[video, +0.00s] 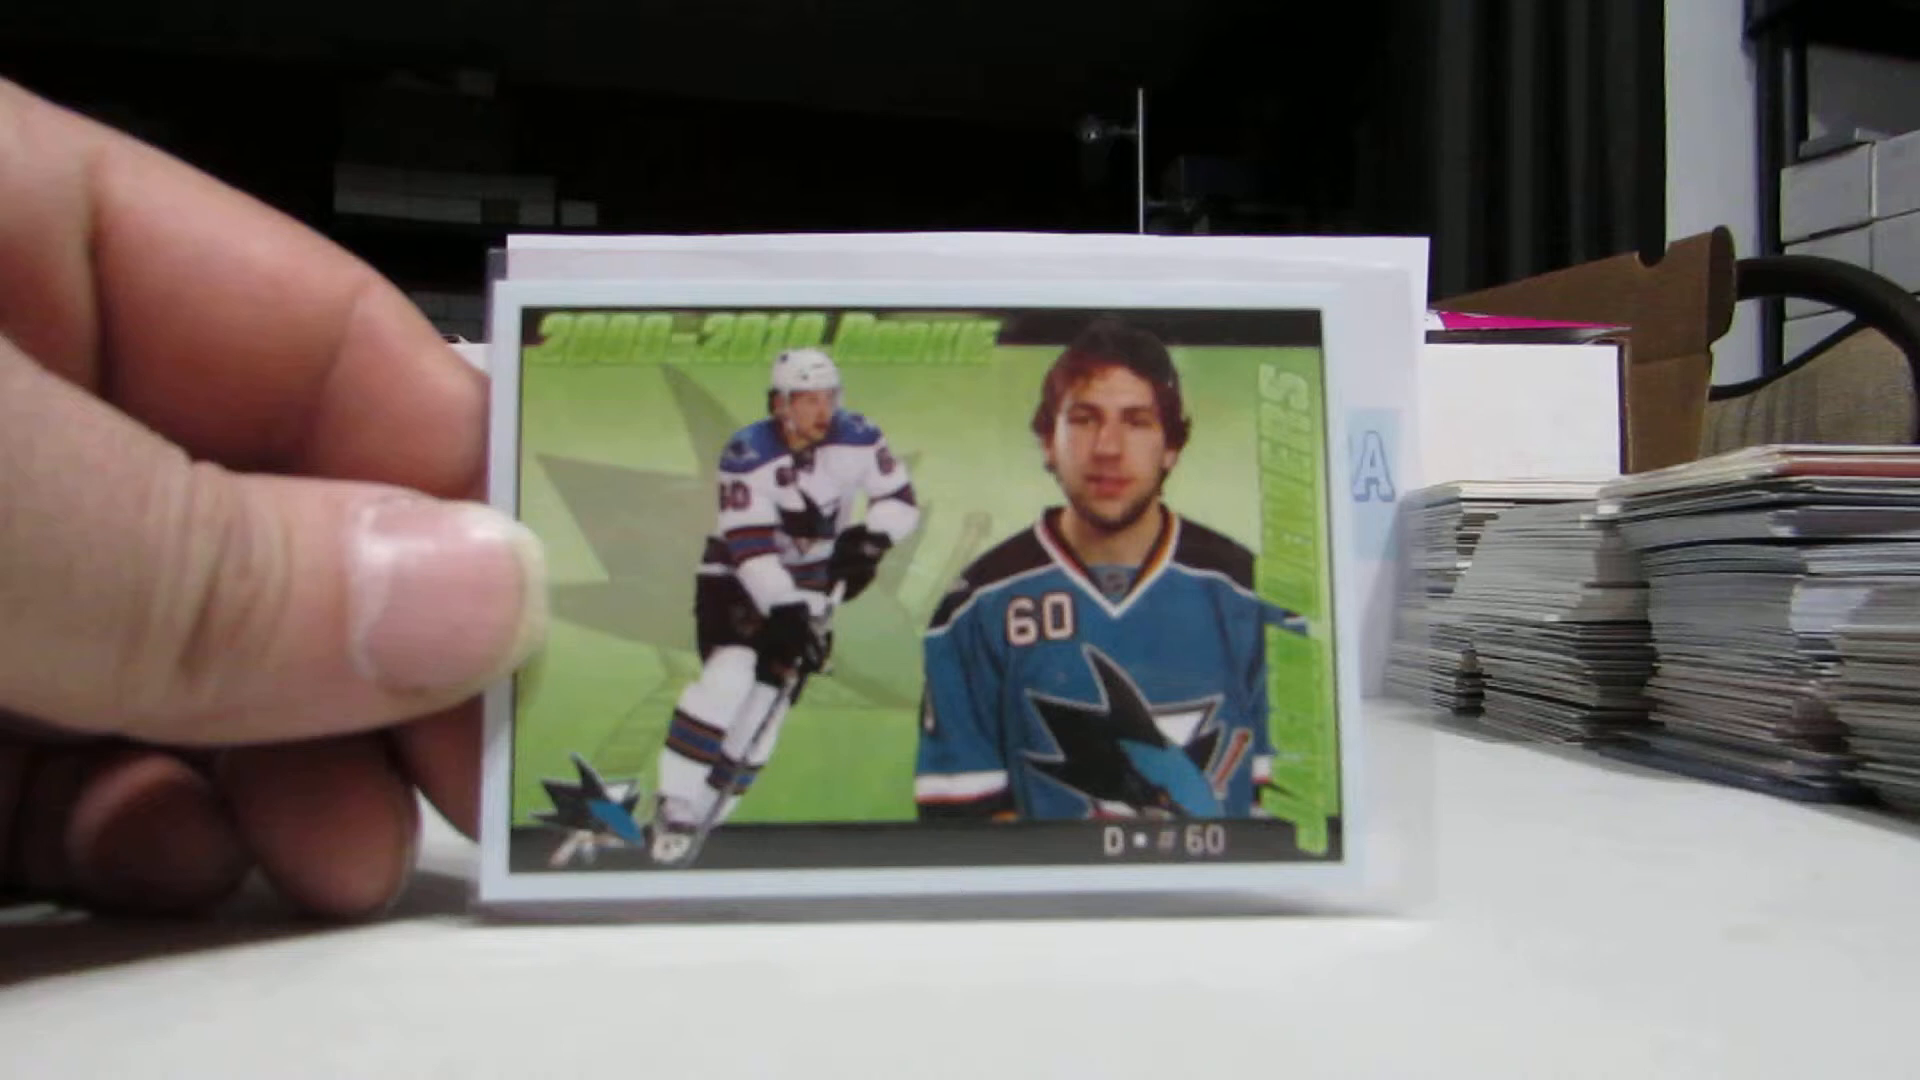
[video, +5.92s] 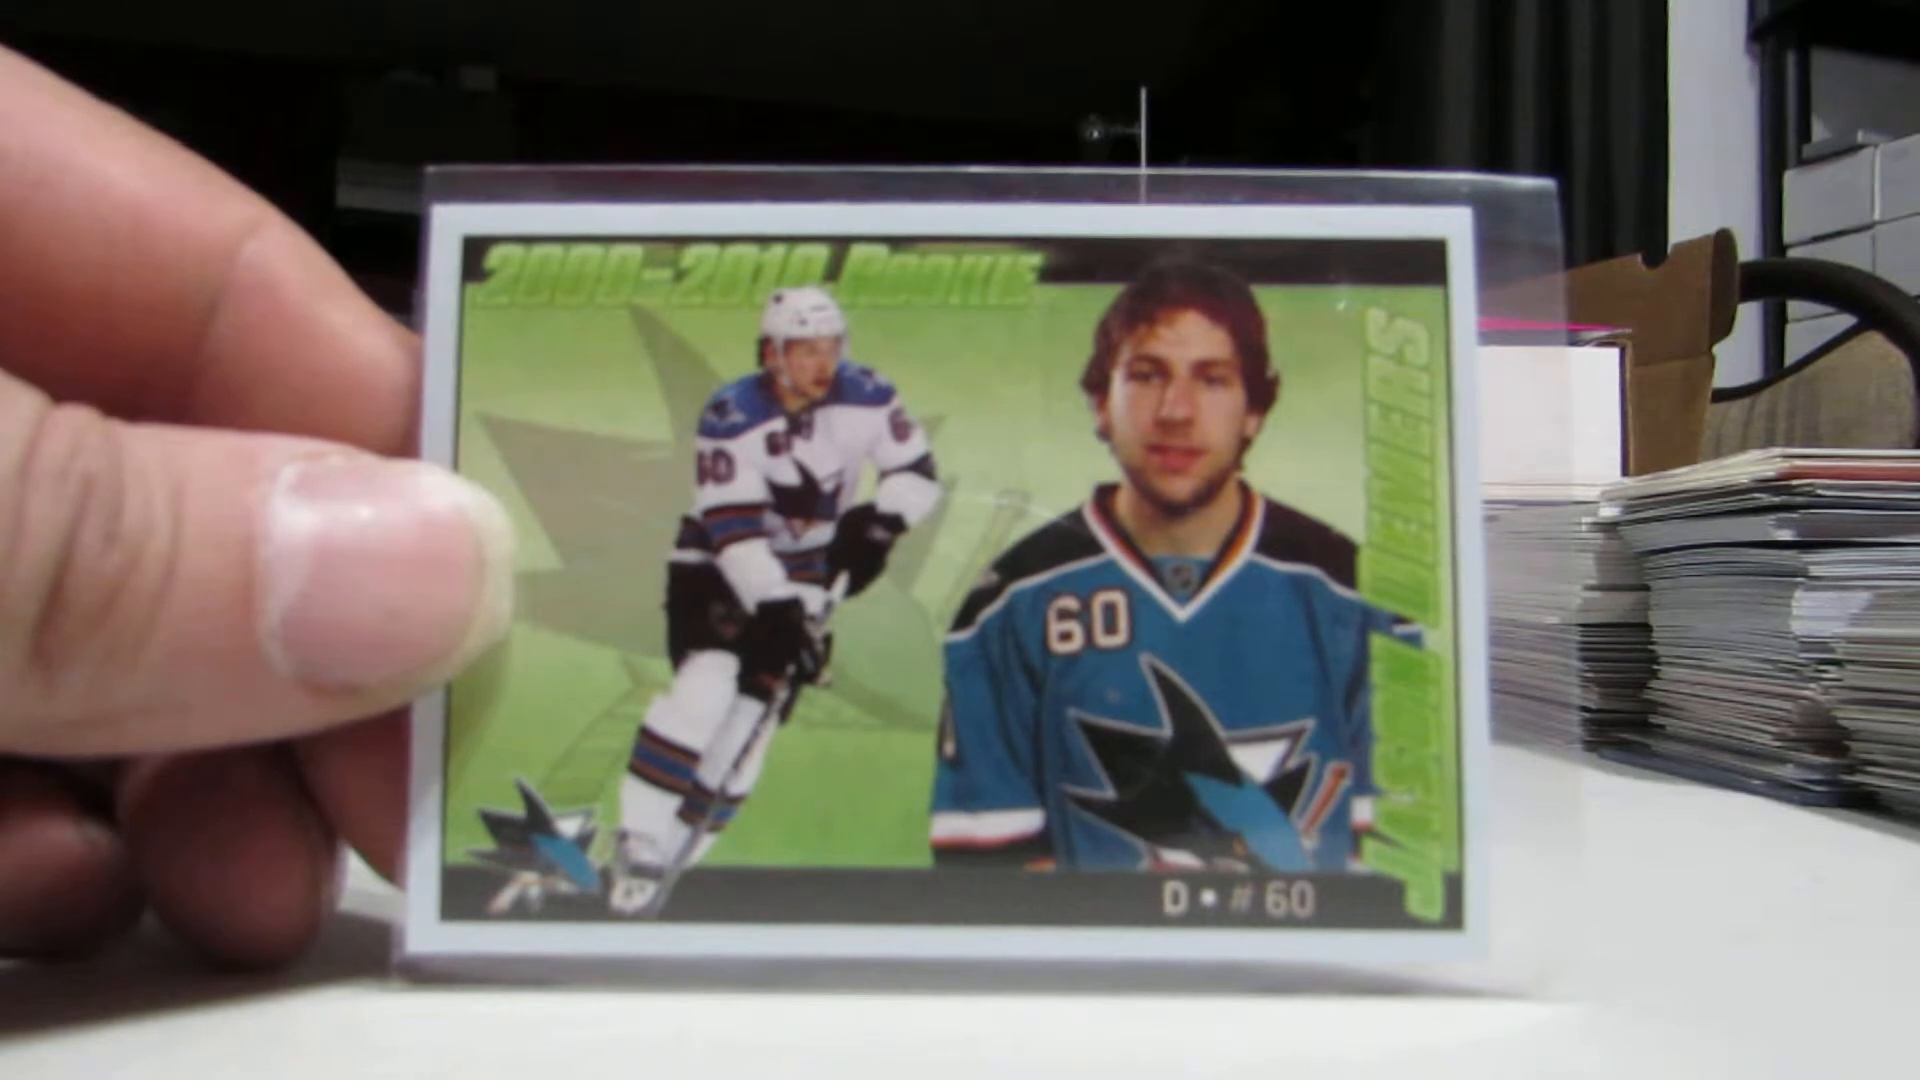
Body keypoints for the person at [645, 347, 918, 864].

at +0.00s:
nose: (822, 411)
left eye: (828, 399)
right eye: (808, 400)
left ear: (837, 400)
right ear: (780, 405)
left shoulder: (858, 439)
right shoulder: (748, 453)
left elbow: (899, 500)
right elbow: (749, 542)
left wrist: (869, 542)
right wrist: (785, 608)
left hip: (811, 584)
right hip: (740, 575)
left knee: (769, 702)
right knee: (730, 672)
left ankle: (704, 818)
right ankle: (678, 812)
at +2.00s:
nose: (849, 399)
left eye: (856, 386)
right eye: (836, 388)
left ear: (866, 386)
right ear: (806, 391)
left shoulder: (887, 427)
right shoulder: (771, 443)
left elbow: (929, 491)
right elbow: (771, 537)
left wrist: (898, 539)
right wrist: (808, 607)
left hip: (835, 581)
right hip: (761, 573)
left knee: (790, 705)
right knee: (750, 675)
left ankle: (724, 825)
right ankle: (693, 816)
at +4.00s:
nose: (826, 363)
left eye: (833, 349)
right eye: (810, 351)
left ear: (843, 349)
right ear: (774, 356)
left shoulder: (868, 398)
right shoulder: (733, 416)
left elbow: (916, 473)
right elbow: (732, 523)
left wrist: (878, 527)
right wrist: (776, 603)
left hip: (807, 573)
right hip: (722, 562)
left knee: (754, 716)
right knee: (709, 680)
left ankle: (678, 853)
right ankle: (642, 842)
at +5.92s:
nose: (822, 364)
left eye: (830, 350)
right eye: (806, 352)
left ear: (842, 350)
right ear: (772, 356)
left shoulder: (867, 398)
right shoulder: (732, 416)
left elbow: (916, 473)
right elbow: (732, 523)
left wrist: (877, 527)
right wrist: (775, 604)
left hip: (806, 573)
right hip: (721, 563)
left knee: (755, 715)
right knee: (708, 681)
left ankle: (681, 851)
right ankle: (642, 840)